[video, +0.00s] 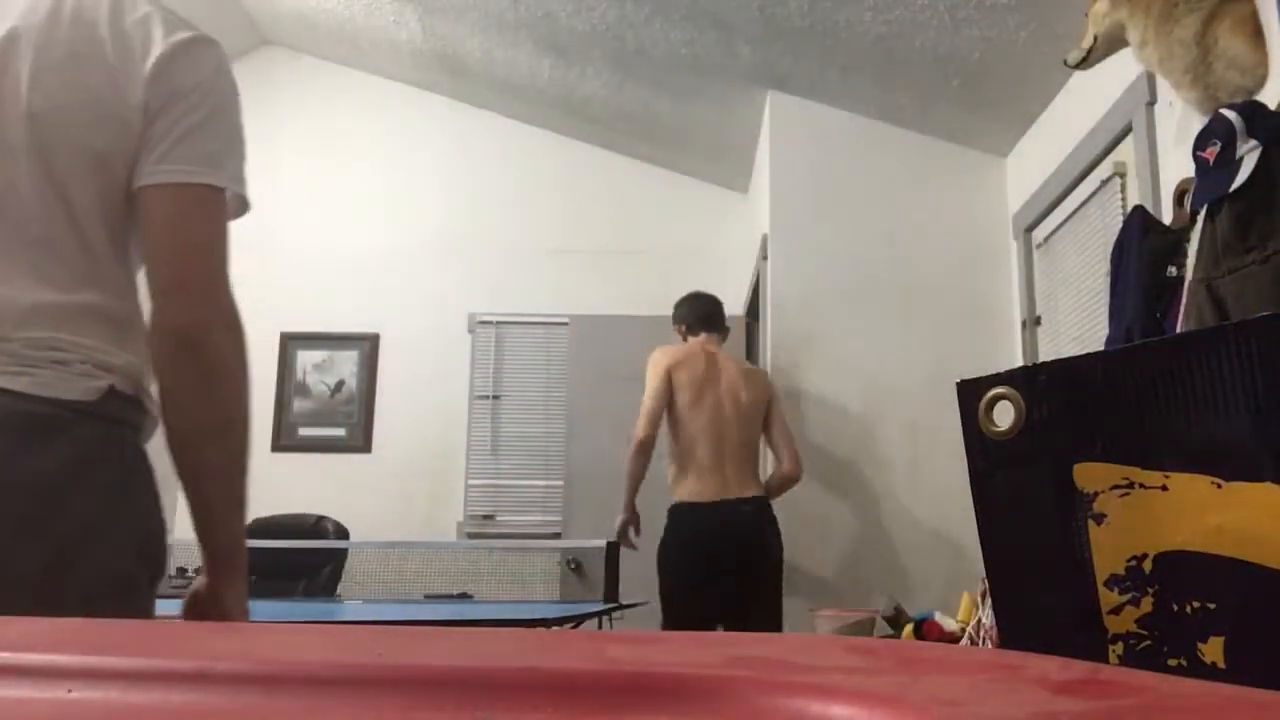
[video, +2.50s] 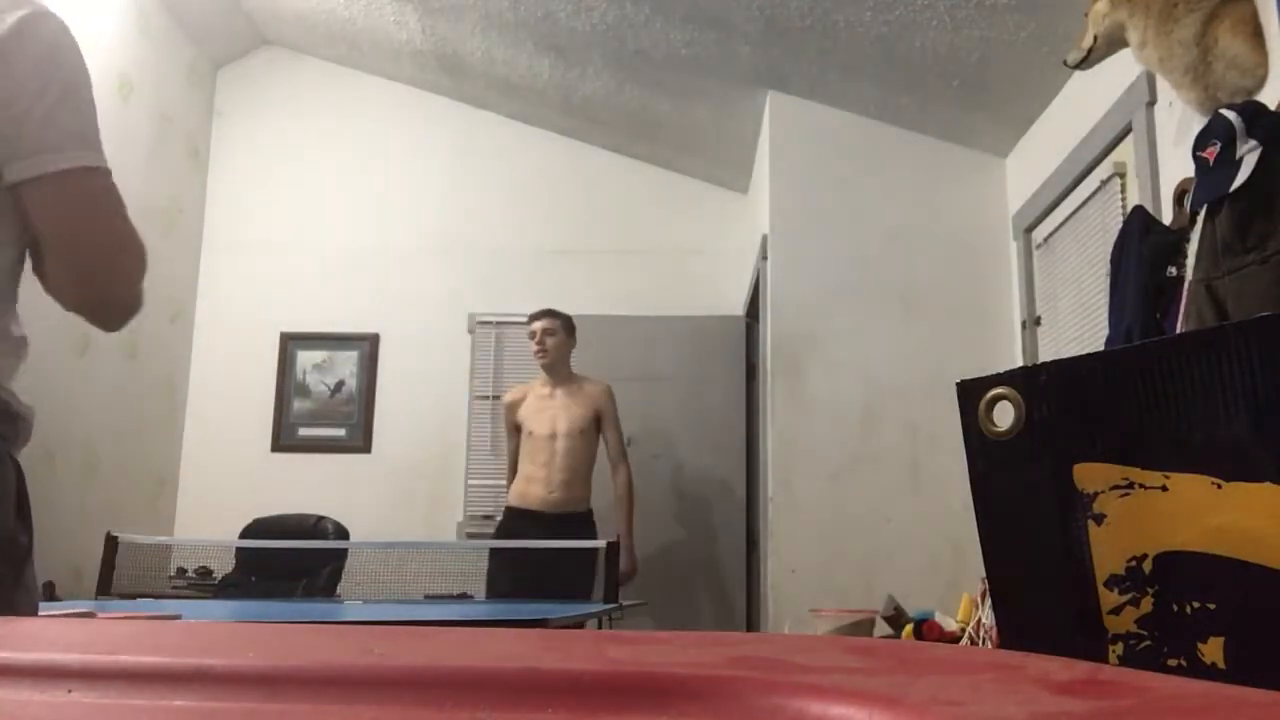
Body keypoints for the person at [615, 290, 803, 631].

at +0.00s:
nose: (676, 338)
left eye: (675, 331)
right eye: (677, 332)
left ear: (681, 329)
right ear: (724, 331)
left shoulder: (668, 358)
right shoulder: (757, 377)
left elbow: (644, 438)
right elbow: (790, 469)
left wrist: (629, 506)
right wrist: (754, 498)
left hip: (691, 529)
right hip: (754, 528)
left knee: (687, 653)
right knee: (757, 654)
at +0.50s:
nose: (594, 346)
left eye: (596, 336)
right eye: (593, 337)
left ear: (614, 332)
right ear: (635, 330)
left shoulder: (618, 366)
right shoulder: (671, 380)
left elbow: (628, 451)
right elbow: (685, 475)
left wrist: (614, 538)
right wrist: (605, 482)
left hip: (644, 523)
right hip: (683, 521)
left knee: (636, 637)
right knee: (684, 635)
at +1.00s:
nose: (544, 315)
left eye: (556, 307)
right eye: (540, 308)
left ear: (580, 318)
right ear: (535, 316)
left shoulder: (601, 371)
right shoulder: (527, 378)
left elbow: (628, 457)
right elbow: (497, 444)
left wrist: (597, 519)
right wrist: (485, 473)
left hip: (579, 519)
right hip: (528, 519)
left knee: (580, 634)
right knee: (507, 625)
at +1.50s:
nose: (483, 319)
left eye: (494, 311)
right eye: (475, 312)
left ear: (514, 323)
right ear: (467, 323)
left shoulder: (538, 375)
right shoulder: (457, 375)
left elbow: (554, 454)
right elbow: (422, 404)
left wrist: (560, 534)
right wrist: (443, 334)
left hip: (524, 521)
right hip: (465, 521)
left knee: (526, 636)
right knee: (455, 634)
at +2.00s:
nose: (503, 332)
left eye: (515, 324)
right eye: (498, 325)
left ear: (536, 333)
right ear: (492, 333)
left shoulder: (558, 388)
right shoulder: (480, 387)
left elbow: (571, 466)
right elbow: (444, 434)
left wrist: (575, 535)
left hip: (536, 528)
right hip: (479, 525)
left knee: (535, 636)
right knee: (466, 632)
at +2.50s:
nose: (539, 342)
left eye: (549, 334)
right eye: (533, 336)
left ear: (571, 342)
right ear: (529, 344)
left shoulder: (597, 395)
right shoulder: (516, 400)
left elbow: (620, 468)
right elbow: (513, 472)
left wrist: (626, 545)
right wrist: (511, 524)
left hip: (573, 528)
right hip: (518, 528)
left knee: (568, 635)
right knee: (505, 633)